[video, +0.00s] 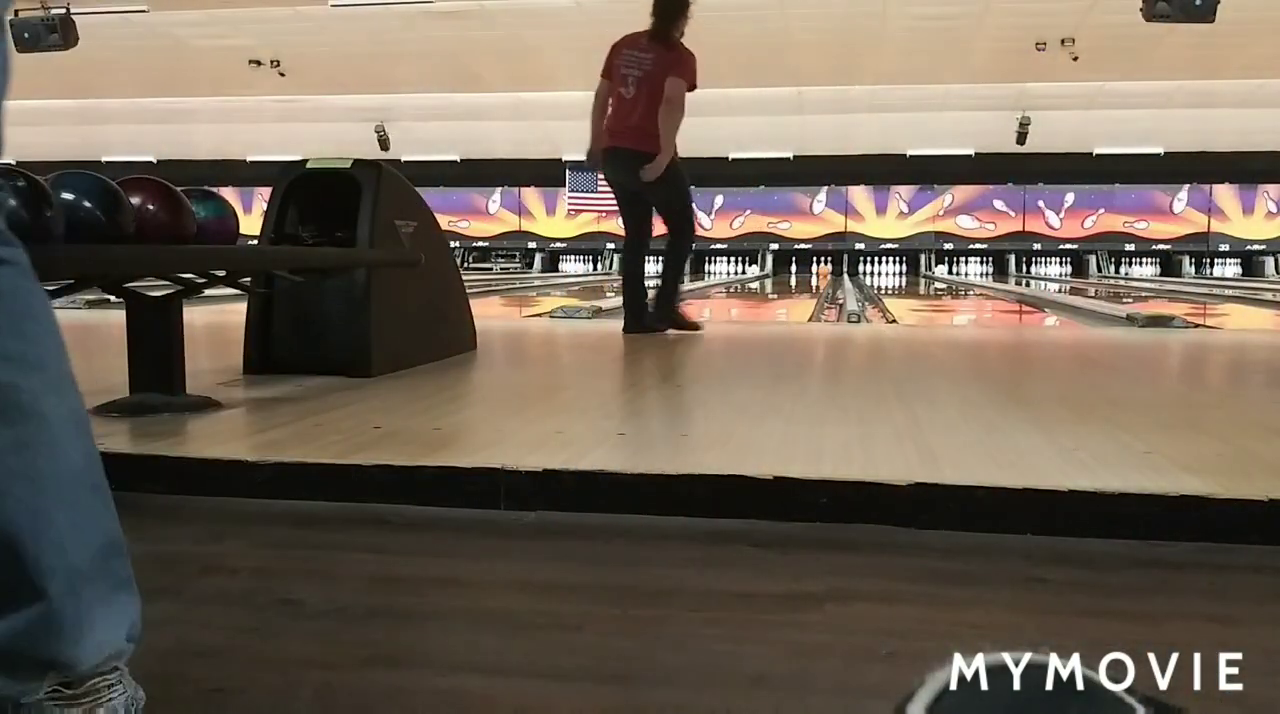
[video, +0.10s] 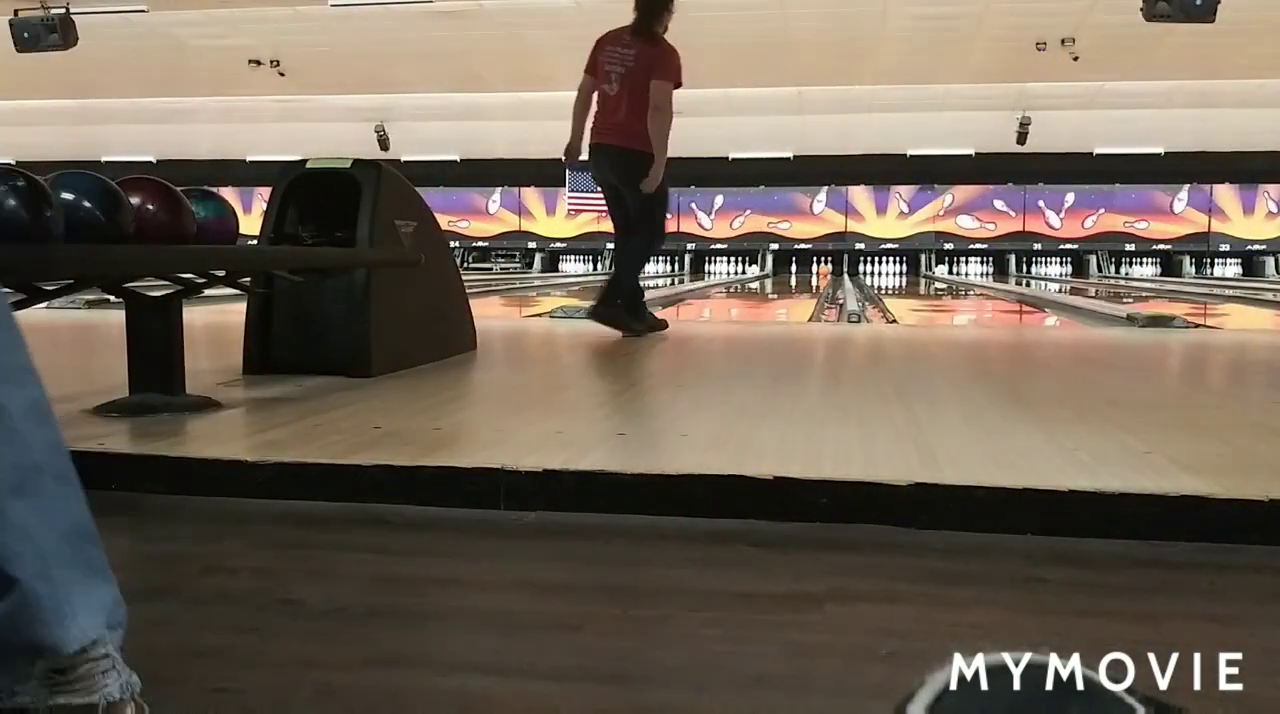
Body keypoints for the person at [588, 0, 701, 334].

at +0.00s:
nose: (687, 21)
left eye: (686, 15)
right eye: (686, 15)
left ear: (655, 13)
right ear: (682, 17)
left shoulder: (623, 44)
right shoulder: (680, 56)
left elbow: (601, 97)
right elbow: (671, 102)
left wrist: (596, 141)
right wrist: (666, 152)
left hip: (614, 153)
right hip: (653, 156)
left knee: (636, 232)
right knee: (682, 229)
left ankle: (635, 317)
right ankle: (665, 306)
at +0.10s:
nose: (670, 17)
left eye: (670, 11)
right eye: (670, 11)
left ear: (637, 9)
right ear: (665, 13)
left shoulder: (606, 41)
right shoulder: (663, 53)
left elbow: (585, 93)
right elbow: (659, 108)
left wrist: (575, 139)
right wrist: (660, 160)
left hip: (602, 150)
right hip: (636, 153)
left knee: (626, 231)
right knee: (651, 232)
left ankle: (636, 311)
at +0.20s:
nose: (654, 16)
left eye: (654, 11)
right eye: (654, 10)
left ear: (620, 8)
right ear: (648, 12)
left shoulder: (591, 41)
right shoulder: (646, 53)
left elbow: (572, 96)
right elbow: (649, 118)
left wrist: (564, 141)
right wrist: (659, 170)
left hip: (586, 151)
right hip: (619, 156)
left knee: (618, 234)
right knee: (617, 234)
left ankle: (634, 313)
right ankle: (558, 300)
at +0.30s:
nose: (638, 18)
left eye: (638, 11)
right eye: (637, 11)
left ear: (604, 8)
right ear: (630, 12)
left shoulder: (576, 40)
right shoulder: (628, 55)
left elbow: (561, 97)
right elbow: (633, 120)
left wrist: (567, 139)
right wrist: (656, 164)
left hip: (571, 152)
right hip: (597, 157)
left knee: (612, 233)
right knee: (585, 237)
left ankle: (632, 313)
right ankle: (518, 303)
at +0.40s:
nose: (620, 19)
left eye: (620, 12)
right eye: (619, 12)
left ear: (585, 10)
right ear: (611, 15)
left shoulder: (557, 44)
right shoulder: (604, 59)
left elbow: (550, 102)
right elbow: (610, 125)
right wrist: (637, 144)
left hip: (550, 156)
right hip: (574, 162)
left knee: (597, 238)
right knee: (559, 244)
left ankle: (629, 311)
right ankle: (495, 309)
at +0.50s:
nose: (601, 22)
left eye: (600, 15)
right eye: (600, 15)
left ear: (567, 11)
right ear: (590, 17)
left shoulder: (540, 45)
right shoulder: (577, 61)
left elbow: (530, 110)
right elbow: (575, 125)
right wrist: (604, 136)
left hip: (532, 160)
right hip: (555, 165)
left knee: (585, 239)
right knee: (551, 248)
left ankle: (624, 310)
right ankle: (486, 312)